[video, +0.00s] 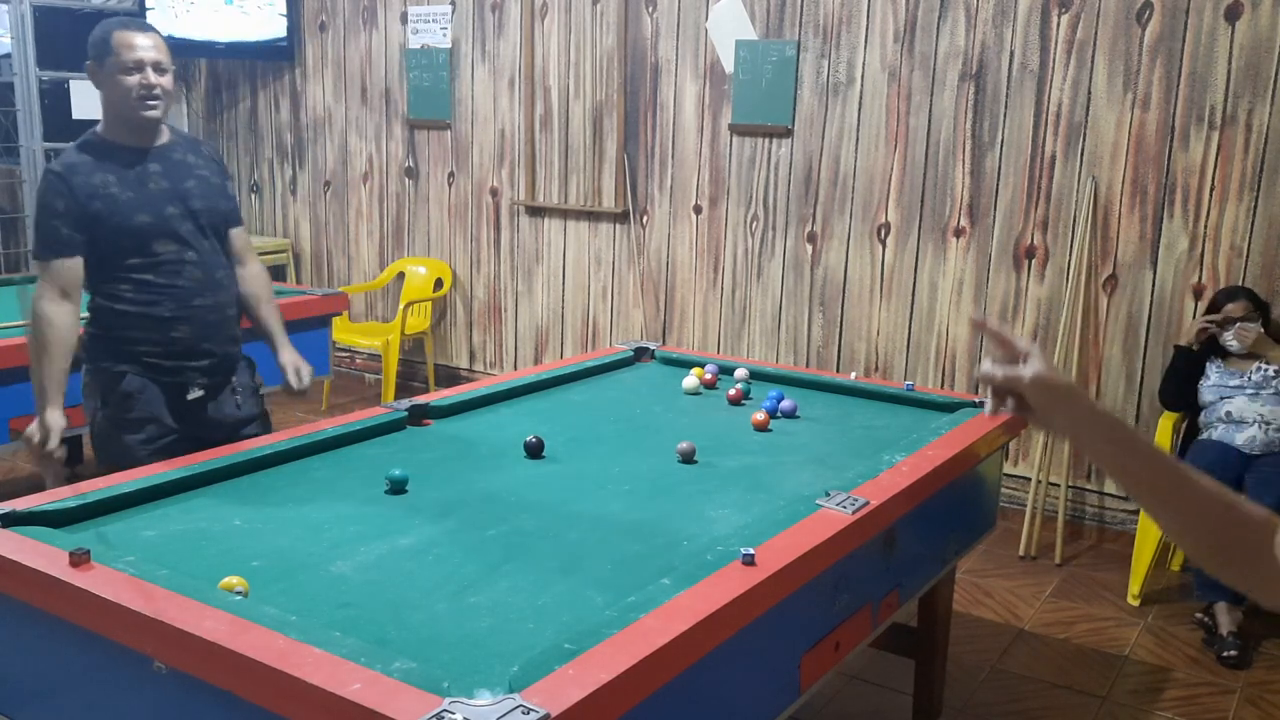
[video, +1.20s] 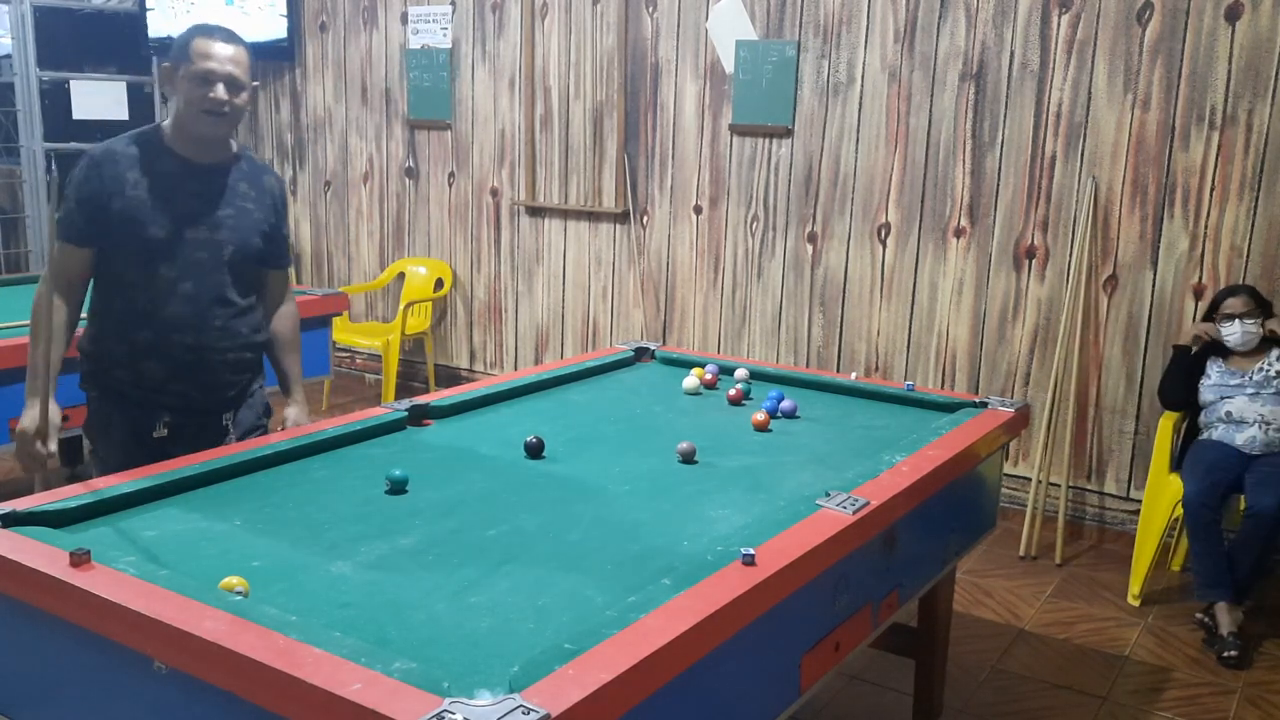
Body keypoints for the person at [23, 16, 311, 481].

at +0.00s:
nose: (150, 81)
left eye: (160, 69)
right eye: (133, 69)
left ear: (175, 80)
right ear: (96, 78)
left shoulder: (201, 158)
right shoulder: (72, 176)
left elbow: (244, 259)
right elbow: (59, 296)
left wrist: (283, 345)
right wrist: (50, 406)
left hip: (225, 377)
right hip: (134, 387)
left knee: (258, 521)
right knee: (154, 535)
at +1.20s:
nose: (219, 95)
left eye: (233, 85)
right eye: (204, 79)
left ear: (249, 97)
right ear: (169, 80)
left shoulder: (265, 187)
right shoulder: (108, 169)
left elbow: (279, 300)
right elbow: (61, 287)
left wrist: (296, 397)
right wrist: (39, 397)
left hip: (234, 412)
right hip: (129, 412)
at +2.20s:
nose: (233, 93)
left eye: (247, 82)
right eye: (216, 77)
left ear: (262, 97)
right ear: (176, 82)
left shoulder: (263, 197)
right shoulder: (109, 157)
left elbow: (263, 316)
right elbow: (32, 269)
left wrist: (273, 410)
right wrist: (9, 387)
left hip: (191, 417)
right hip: (83, 411)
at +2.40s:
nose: (182, 90)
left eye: (195, 78)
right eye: (164, 74)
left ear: (212, 91)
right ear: (125, 78)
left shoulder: (216, 191)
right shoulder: (51, 162)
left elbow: (231, 317)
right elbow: (5, 271)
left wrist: (247, 417)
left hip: (152, 416)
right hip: (40, 407)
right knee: (26, 552)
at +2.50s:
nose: (143, 89)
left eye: (157, 76)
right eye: (123, 74)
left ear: (174, 88)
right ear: (82, 78)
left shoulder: (184, 191)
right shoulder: (17, 169)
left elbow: (206, 314)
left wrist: (228, 419)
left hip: (142, 434)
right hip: (28, 436)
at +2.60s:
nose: (99, 87)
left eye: (113, 72)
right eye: (79, 69)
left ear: (127, 84)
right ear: (36, 76)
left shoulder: (148, 185)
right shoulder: (8, 166)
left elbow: (173, 311)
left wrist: (198, 416)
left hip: (113, 431)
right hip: (14, 432)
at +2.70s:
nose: (56, 86)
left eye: (69, 72)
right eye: (34, 70)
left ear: (83, 81)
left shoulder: (113, 185)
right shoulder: (5, 175)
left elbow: (141, 311)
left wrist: (166, 418)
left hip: (86, 441)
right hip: (4, 446)